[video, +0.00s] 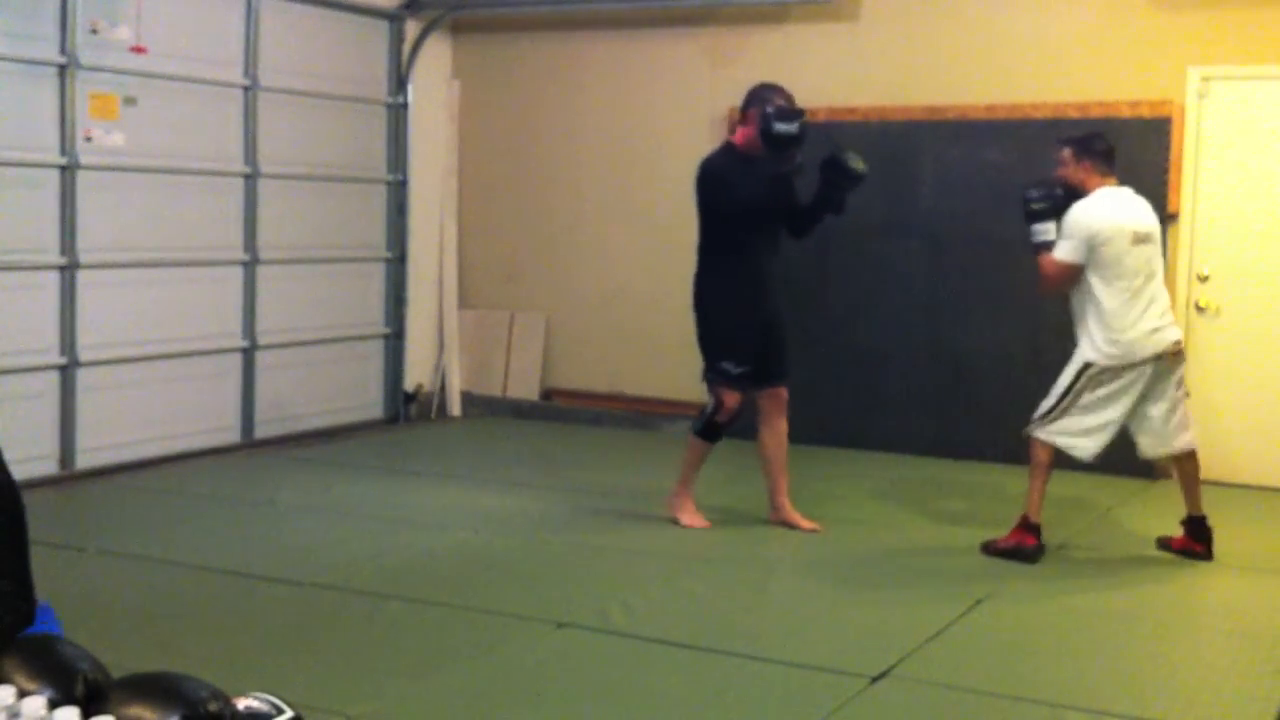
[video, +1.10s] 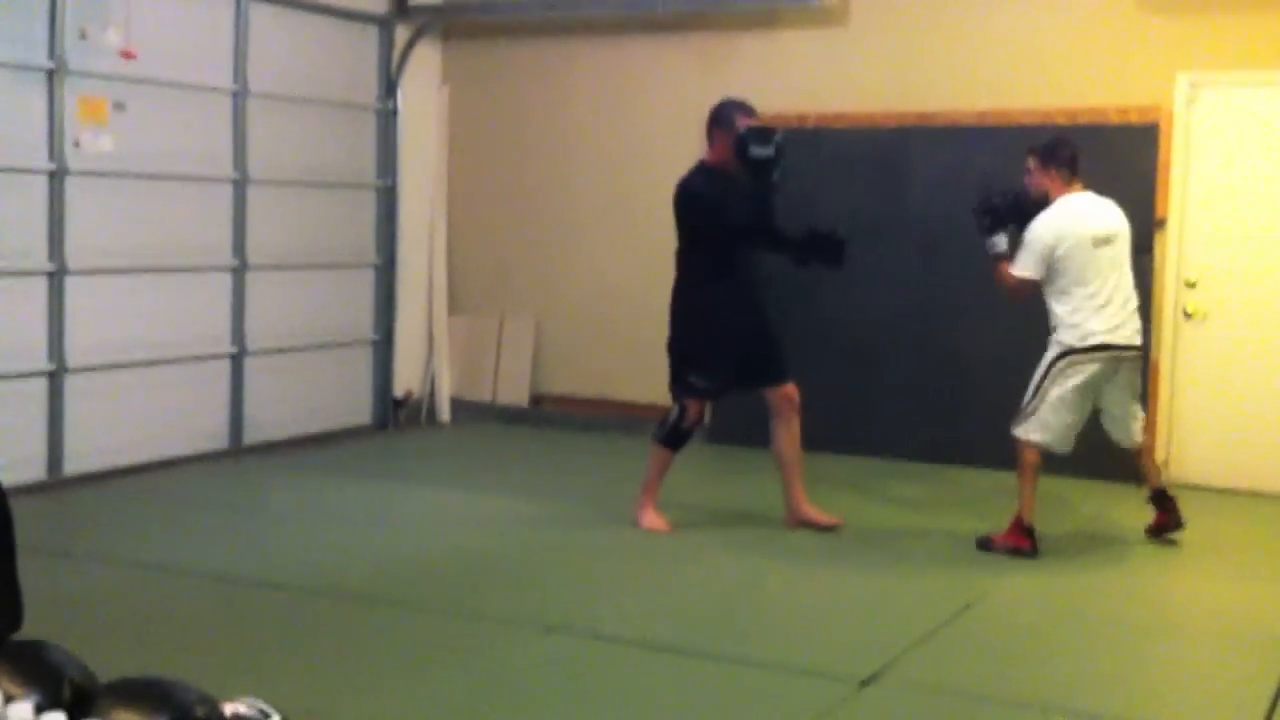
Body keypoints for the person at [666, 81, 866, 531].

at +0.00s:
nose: (777, 139)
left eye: (783, 130)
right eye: (771, 129)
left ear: (783, 127)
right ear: (749, 120)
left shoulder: (771, 168)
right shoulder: (717, 169)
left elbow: (797, 226)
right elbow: (744, 220)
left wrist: (832, 189)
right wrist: (777, 162)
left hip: (760, 291)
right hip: (720, 293)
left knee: (775, 396)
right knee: (728, 399)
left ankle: (780, 505)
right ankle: (681, 496)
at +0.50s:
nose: (809, 134)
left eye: (812, 125)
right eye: (801, 124)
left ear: (811, 125)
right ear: (774, 123)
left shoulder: (804, 169)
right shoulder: (752, 174)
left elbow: (826, 221)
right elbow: (786, 221)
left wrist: (877, 220)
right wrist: (818, 168)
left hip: (796, 298)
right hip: (754, 299)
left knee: (825, 392)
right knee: (748, 396)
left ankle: (814, 502)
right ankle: (682, 481)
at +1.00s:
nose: (751, 146)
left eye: (755, 138)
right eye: (743, 138)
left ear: (755, 139)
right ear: (719, 138)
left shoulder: (750, 183)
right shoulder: (701, 189)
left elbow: (772, 234)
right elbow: (744, 232)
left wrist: (815, 244)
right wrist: (762, 178)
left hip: (748, 309)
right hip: (706, 312)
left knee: (787, 399)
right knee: (696, 409)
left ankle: (799, 504)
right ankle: (650, 500)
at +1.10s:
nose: (749, 147)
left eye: (753, 138)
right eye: (741, 138)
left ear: (750, 139)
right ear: (716, 136)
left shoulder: (743, 182)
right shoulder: (696, 188)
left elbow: (764, 234)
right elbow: (742, 233)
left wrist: (808, 248)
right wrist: (758, 180)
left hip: (742, 310)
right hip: (699, 313)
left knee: (785, 398)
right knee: (690, 409)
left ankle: (797, 505)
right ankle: (646, 503)